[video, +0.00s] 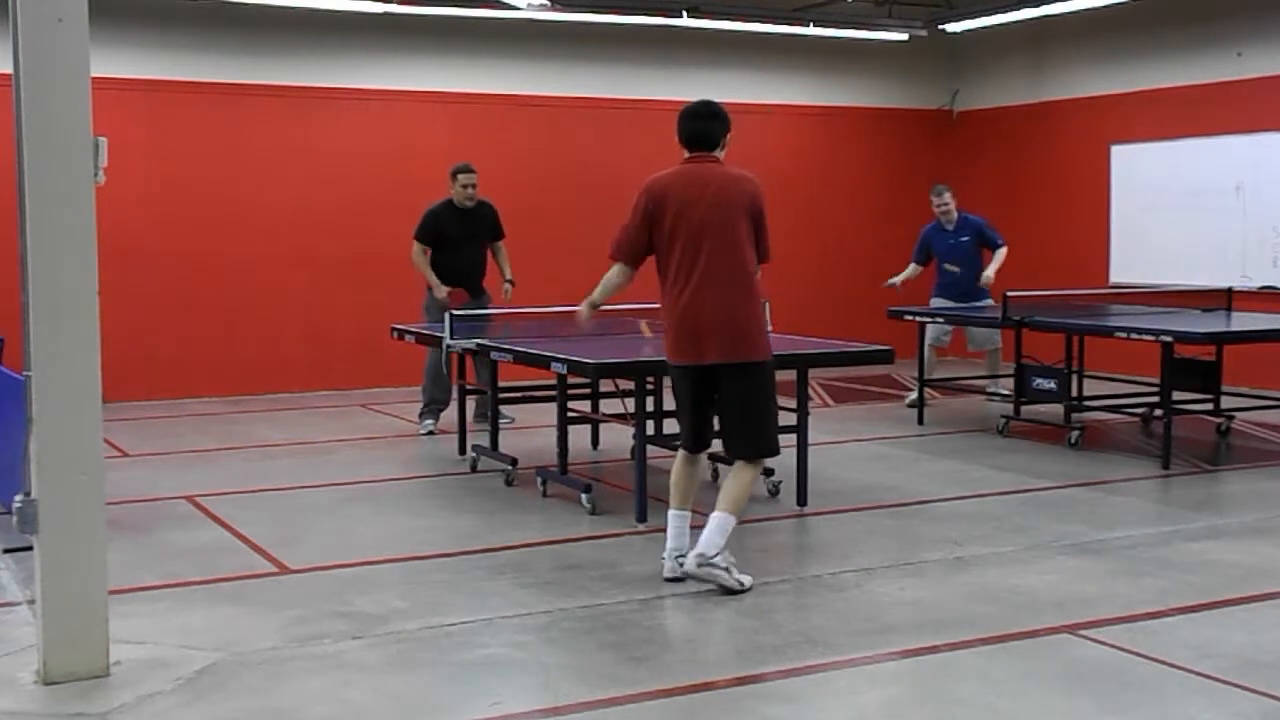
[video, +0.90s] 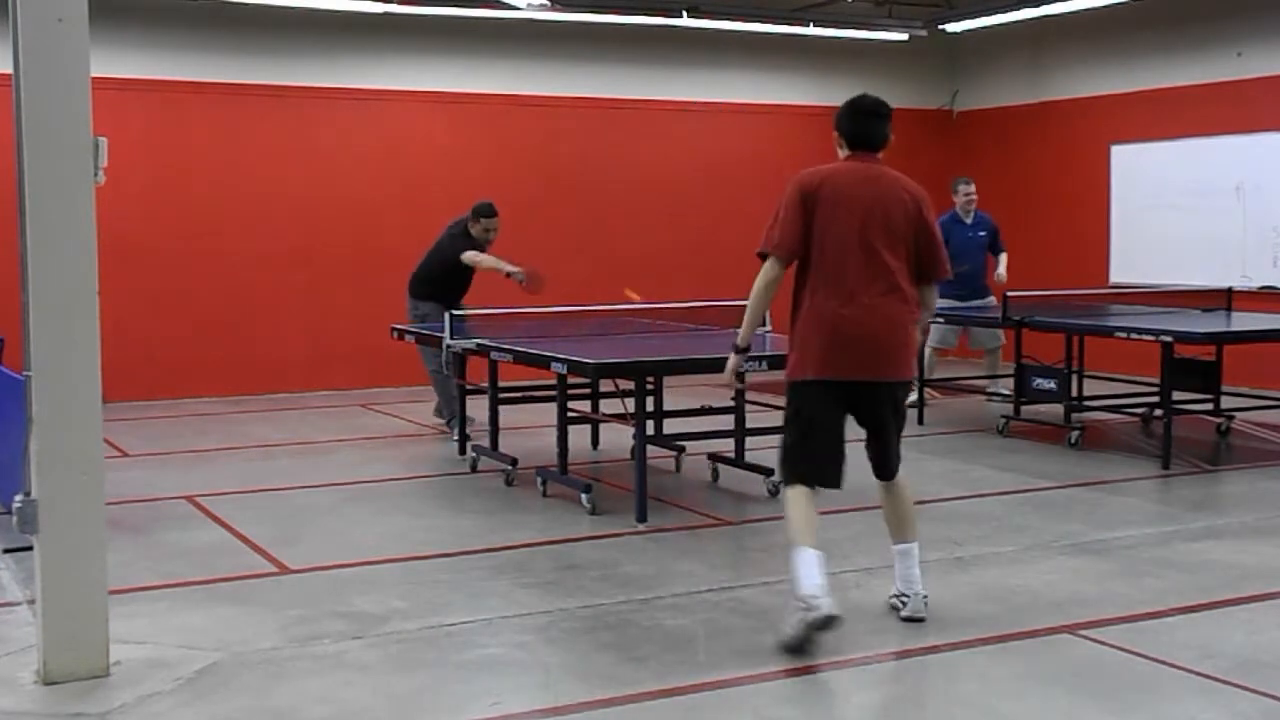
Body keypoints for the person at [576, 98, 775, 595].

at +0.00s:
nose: (730, 143)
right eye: (729, 136)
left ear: (680, 140)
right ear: (724, 140)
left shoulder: (657, 189)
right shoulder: (746, 187)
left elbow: (624, 267)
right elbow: (756, 259)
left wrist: (590, 303)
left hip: (684, 343)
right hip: (742, 343)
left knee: (691, 445)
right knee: (751, 454)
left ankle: (675, 554)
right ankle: (709, 550)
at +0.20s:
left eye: (689, 137)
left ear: (690, 142)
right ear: (735, 141)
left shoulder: (672, 192)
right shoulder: (761, 189)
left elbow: (636, 272)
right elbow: (772, 267)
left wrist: (591, 338)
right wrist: (740, 307)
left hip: (699, 345)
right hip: (762, 343)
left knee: (695, 444)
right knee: (787, 450)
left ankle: (678, 551)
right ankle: (782, 558)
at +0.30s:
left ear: (704, 145)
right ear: (748, 143)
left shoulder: (686, 195)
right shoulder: (773, 193)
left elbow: (660, 276)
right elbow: (786, 273)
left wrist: (631, 353)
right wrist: (761, 323)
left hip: (710, 352)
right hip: (774, 349)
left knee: (699, 446)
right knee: (805, 456)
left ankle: (679, 551)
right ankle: (831, 563)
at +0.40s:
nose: (722, 152)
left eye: (721, 145)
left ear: (722, 150)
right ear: (766, 149)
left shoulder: (708, 199)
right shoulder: (793, 199)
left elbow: (702, 276)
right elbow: (804, 282)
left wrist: (684, 356)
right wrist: (782, 333)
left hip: (727, 354)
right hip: (792, 356)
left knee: (706, 445)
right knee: (823, 463)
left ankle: (679, 551)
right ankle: (873, 570)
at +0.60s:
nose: (773, 149)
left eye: (774, 142)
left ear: (777, 145)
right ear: (822, 145)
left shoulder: (769, 190)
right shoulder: (850, 196)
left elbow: (779, 263)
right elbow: (864, 274)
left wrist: (768, 350)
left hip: (785, 358)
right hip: (850, 359)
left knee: (732, 450)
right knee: (864, 476)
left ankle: (694, 548)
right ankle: (906, 587)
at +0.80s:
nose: (820, 138)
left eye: (820, 130)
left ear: (824, 134)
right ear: (871, 136)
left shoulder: (803, 180)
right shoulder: (897, 190)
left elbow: (785, 256)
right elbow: (915, 269)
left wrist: (748, 340)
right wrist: (871, 284)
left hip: (811, 354)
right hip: (882, 357)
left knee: (773, 467)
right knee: (882, 474)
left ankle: (767, 589)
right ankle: (909, 590)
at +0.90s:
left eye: (836, 131)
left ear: (839, 137)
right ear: (887, 141)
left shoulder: (810, 185)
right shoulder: (911, 195)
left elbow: (774, 267)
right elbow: (928, 289)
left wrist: (741, 343)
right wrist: (914, 353)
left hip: (818, 353)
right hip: (889, 358)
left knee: (799, 476)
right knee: (890, 472)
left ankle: (814, 598)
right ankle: (910, 592)